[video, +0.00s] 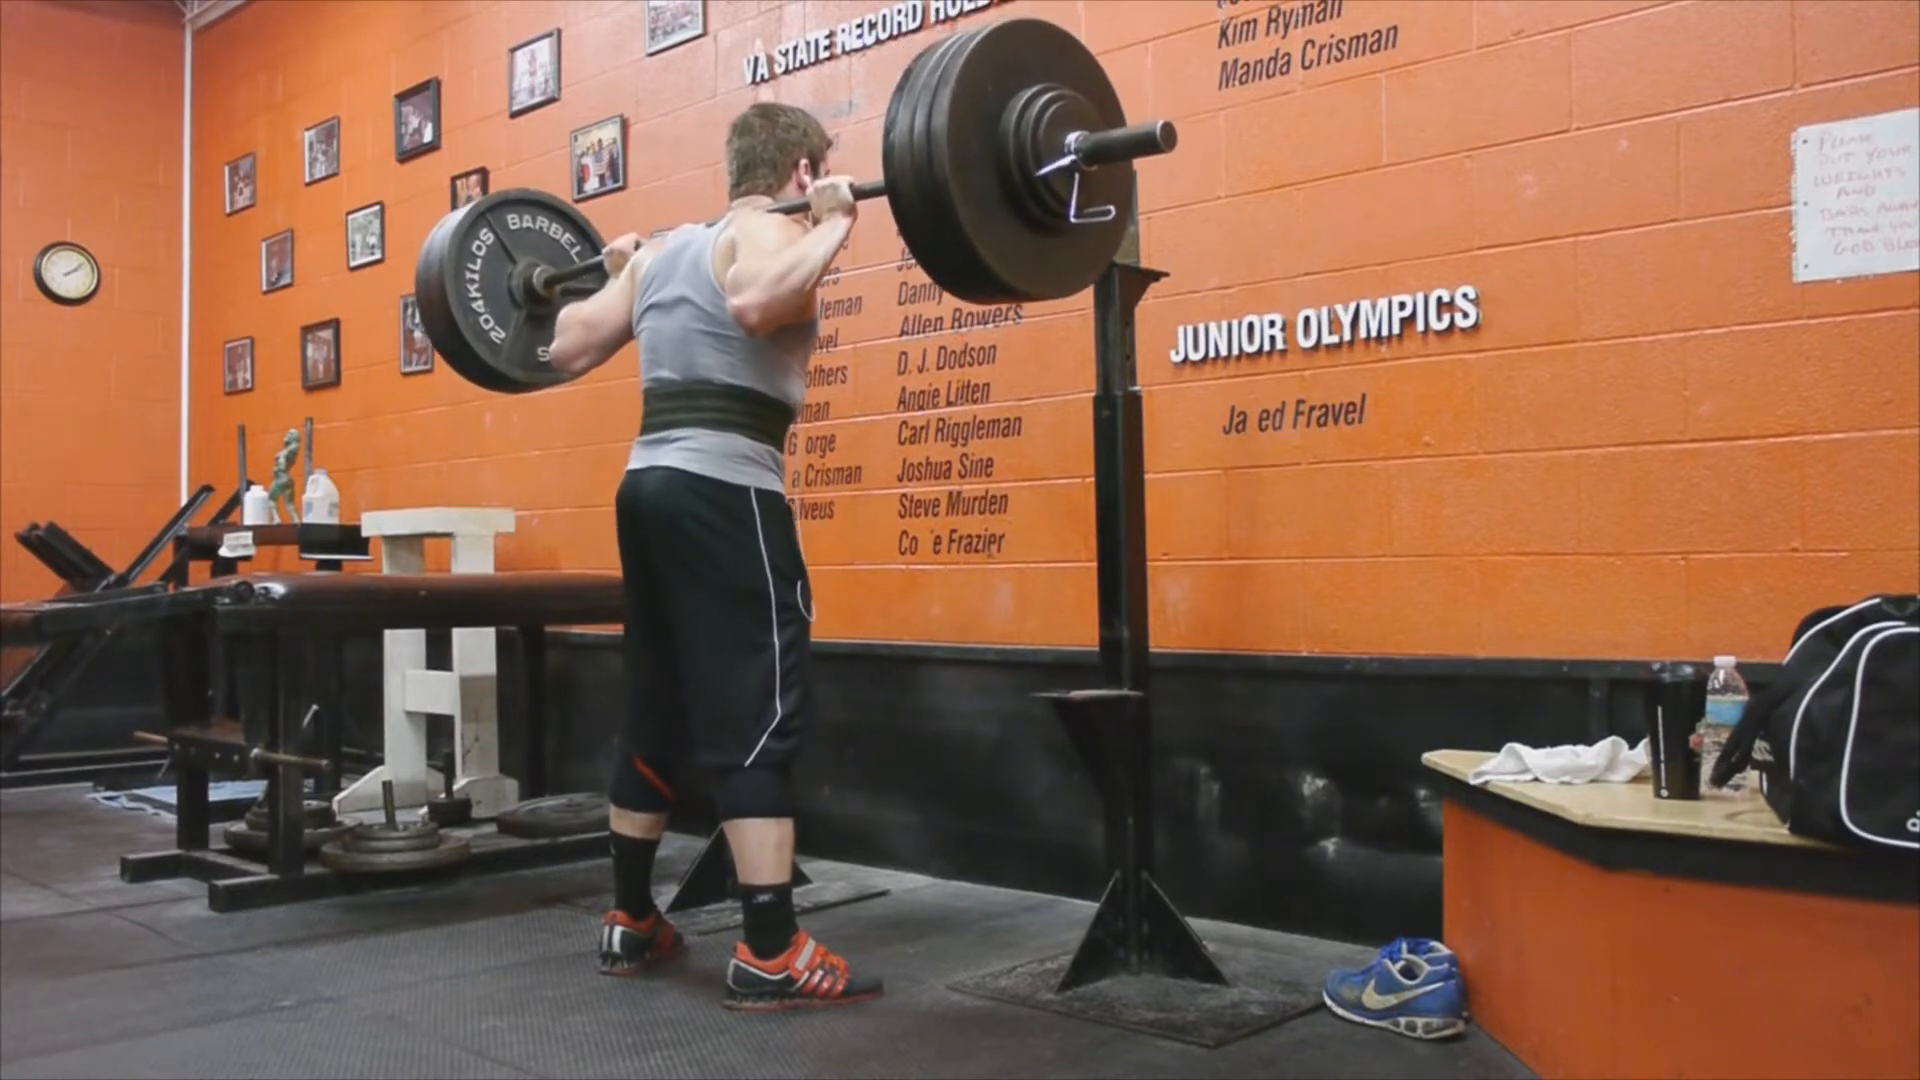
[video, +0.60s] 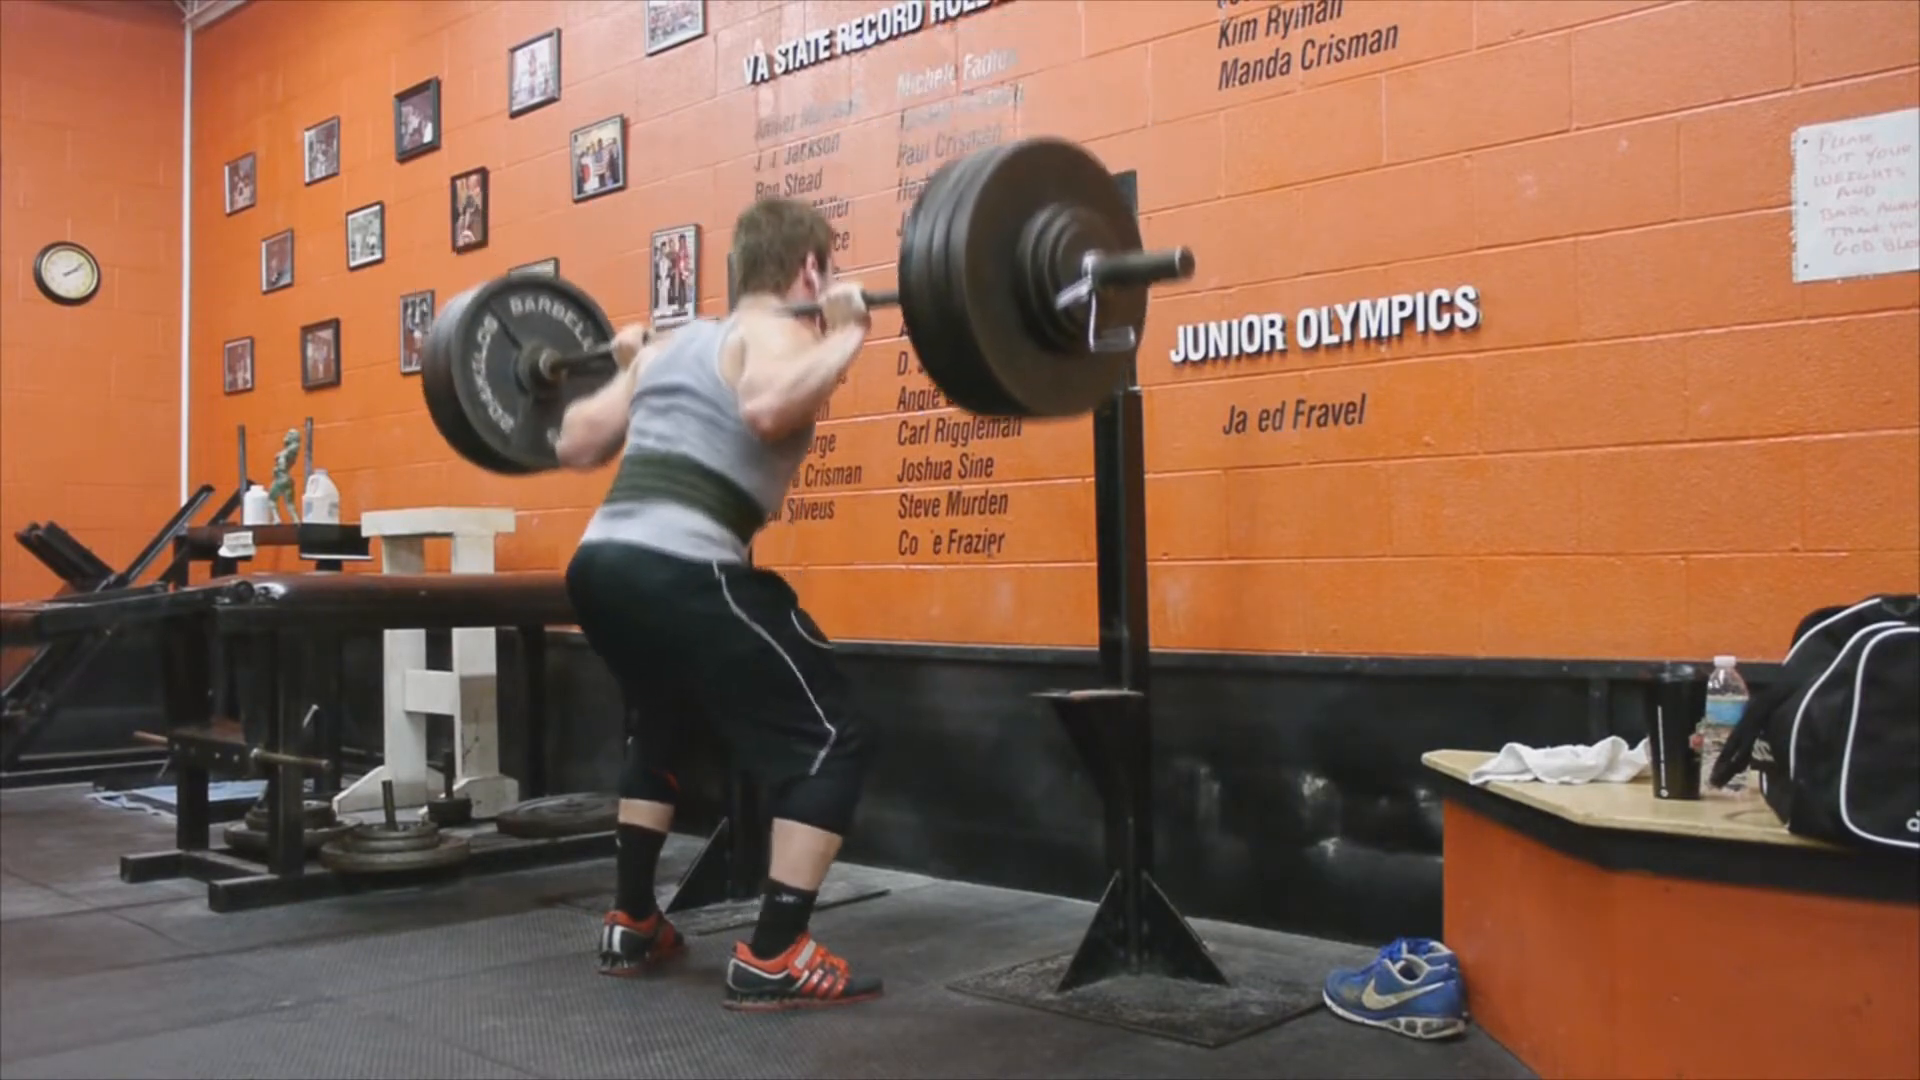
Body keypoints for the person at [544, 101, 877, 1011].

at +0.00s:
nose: (825, 189)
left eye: (824, 174)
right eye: (823, 174)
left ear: (737, 171)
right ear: (800, 169)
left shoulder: (664, 251)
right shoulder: (773, 227)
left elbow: (564, 347)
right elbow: (753, 303)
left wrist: (607, 273)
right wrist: (833, 229)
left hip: (650, 486)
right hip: (725, 488)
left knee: (658, 708)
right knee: (758, 713)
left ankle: (631, 920)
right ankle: (770, 947)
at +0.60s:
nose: (826, 285)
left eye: (825, 272)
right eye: (825, 272)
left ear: (739, 272)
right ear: (806, 271)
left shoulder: (670, 344)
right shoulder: (779, 332)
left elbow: (574, 444)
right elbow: (767, 407)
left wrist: (621, 363)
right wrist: (846, 333)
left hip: (602, 565)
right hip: (689, 571)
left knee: (660, 722)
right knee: (834, 734)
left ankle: (632, 921)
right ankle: (775, 948)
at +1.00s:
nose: (834, 406)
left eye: (832, 391)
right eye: (831, 390)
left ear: (745, 397)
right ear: (811, 396)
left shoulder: (681, 470)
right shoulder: (787, 464)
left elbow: (590, 578)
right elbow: (784, 559)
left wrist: (637, 489)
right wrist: (862, 476)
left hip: (595, 683)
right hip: (684, 692)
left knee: (676, 747)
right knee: (865, 763)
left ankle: (634, 920)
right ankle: (776, 951)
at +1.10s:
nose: (835, 435)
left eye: (835, 422)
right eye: (833, 421)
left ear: (743, 428)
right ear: (813, 426)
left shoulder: (678, 500)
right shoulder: (789, 498)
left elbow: (592, 607)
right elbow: (787, 593)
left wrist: (636, 519)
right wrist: (864, 505)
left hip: (598, 722)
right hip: (693, 730)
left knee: (685, 750)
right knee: (870, 779)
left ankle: (633, 918)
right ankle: (777, 951)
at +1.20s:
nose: (834, 463)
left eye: (834, 449)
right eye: (832, 448)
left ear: (743, 454)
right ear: (814, 450)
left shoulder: (679, 527)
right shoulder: (790, 527)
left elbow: (594, 637)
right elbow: (791, 628)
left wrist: (636, 544)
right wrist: (866, 536)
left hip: (602, 754)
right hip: (696, 763)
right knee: (884, 776)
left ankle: (634, 918)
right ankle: (776, 952)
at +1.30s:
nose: (836, 481)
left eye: (835, 465)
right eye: (833, 464)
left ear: (743, 472)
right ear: (814, 467)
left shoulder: (677, 544)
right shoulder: (790, 541)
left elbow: (593, 654)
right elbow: (791, 647)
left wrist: (635, 562)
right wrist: (866, 555)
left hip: (606, 777)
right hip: (700, 780)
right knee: (892, 774)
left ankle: (636, 918)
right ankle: (776, 952)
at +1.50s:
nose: (837, 466)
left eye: (837, 453)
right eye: (835, 452)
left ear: (746, 458)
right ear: (816, 456)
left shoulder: (678, 529)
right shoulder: (792, 528)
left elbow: (589, 633)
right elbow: (790, 626)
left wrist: (634, 545)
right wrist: (866, 538)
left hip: (606, 756)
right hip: (701, 762)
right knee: (885, 766)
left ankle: (636, 917)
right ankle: (777, 950)